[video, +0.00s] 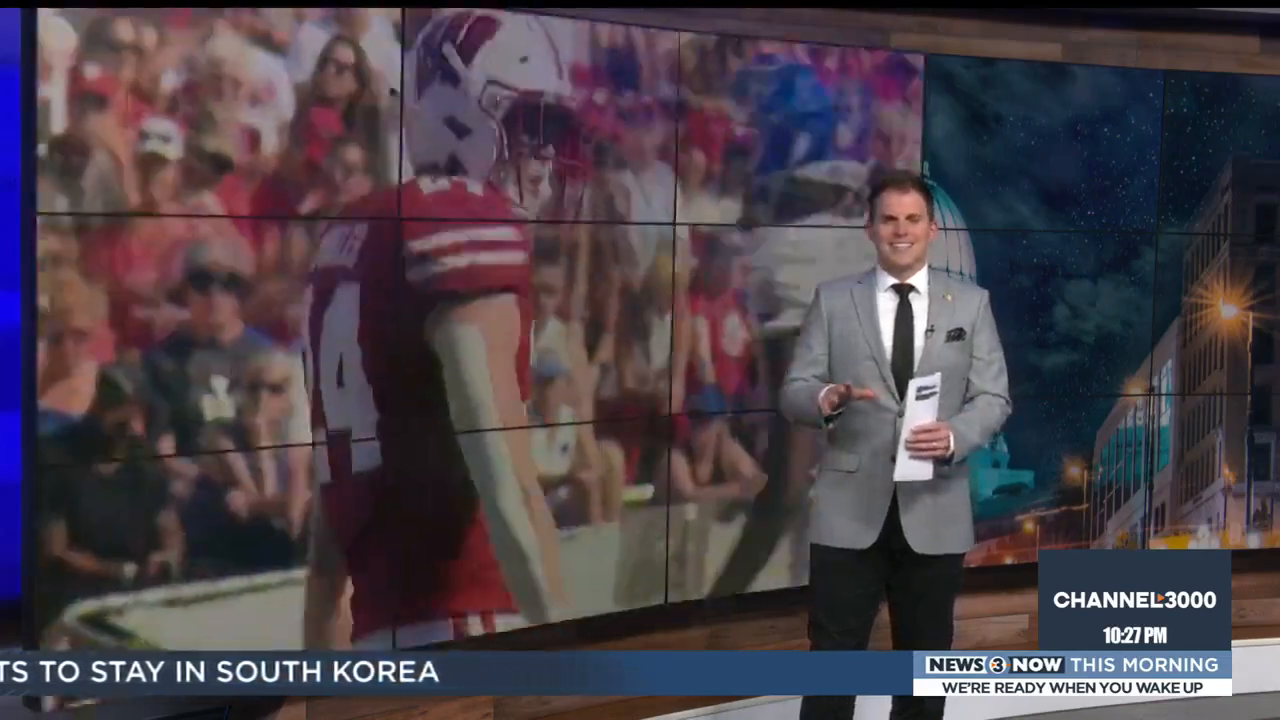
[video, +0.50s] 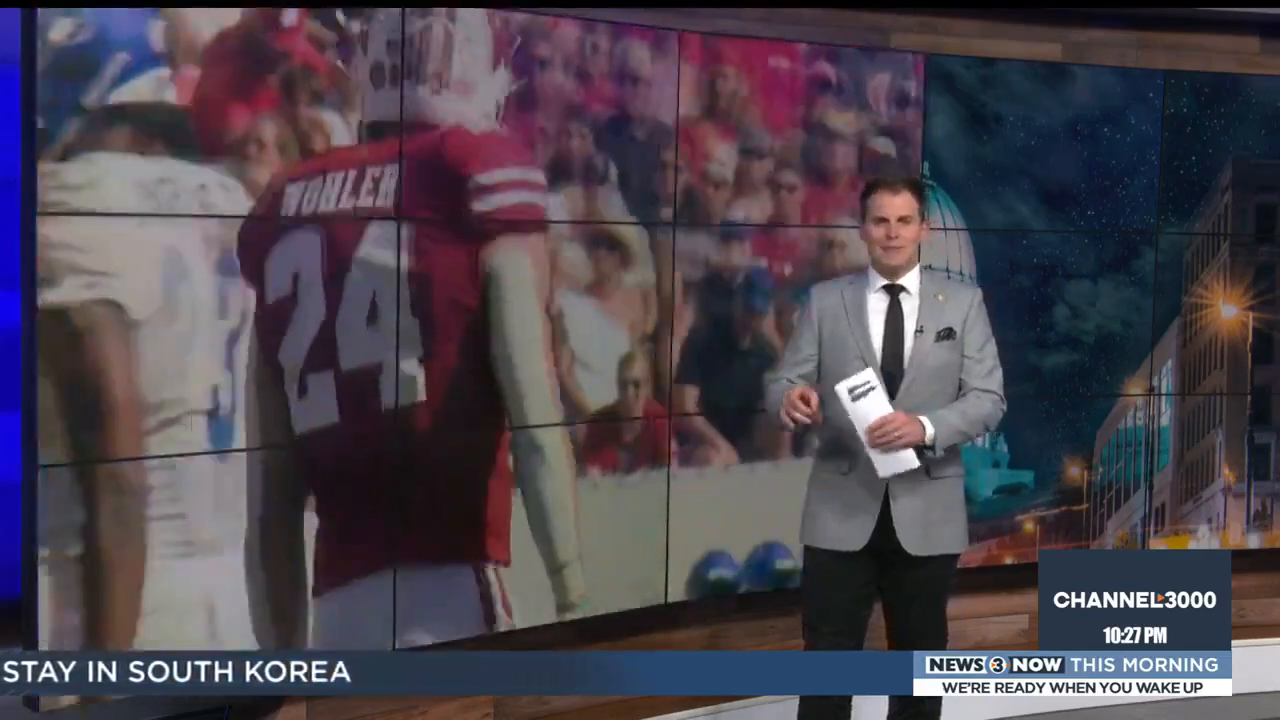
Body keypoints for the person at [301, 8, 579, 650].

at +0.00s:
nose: (539, 158)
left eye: (545, 132)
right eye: (527, 128)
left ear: (437, 108)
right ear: (479, 117)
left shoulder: (350, 229)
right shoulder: (462, 220)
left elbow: (338, 477)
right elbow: (506, 482)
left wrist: (317, 659)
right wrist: (564, 644)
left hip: (379, 628)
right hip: (471, 621)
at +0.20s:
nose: (557, 204)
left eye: (562, 180)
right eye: (540, 175)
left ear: (441, 161)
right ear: (489, 163)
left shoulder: (346, 299)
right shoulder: (484, 256)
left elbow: (296, 531)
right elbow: (568, 504)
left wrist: (223, 677)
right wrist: (677, 624)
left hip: (393, 655)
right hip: (484, 648)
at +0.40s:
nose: (534, 142)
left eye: (531, 123)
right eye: (525, 120)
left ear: (400, 113)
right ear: (503, 109)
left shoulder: (310, 242)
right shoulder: (494, 204)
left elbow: (273, 517)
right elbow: (558, 454)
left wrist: (237, 683)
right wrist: (640, 618)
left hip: (366, 628)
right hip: (472, 619)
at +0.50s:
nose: (505, 79)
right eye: (498, 56)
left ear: (365, 67)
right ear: (478, 66)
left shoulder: (286, 197)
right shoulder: (486, 164)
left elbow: (273, 490)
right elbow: (531, 416)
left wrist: (281, 668)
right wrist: (575, 604)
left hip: (339, 598)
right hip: (455, 584)